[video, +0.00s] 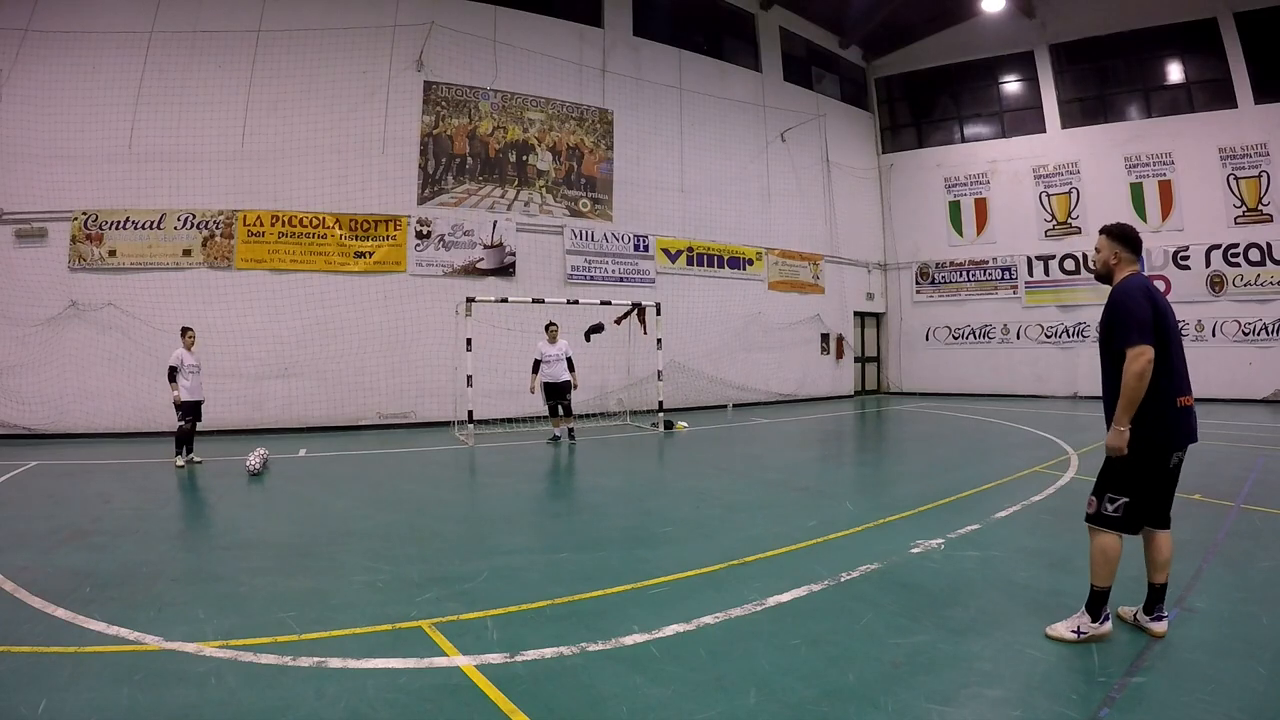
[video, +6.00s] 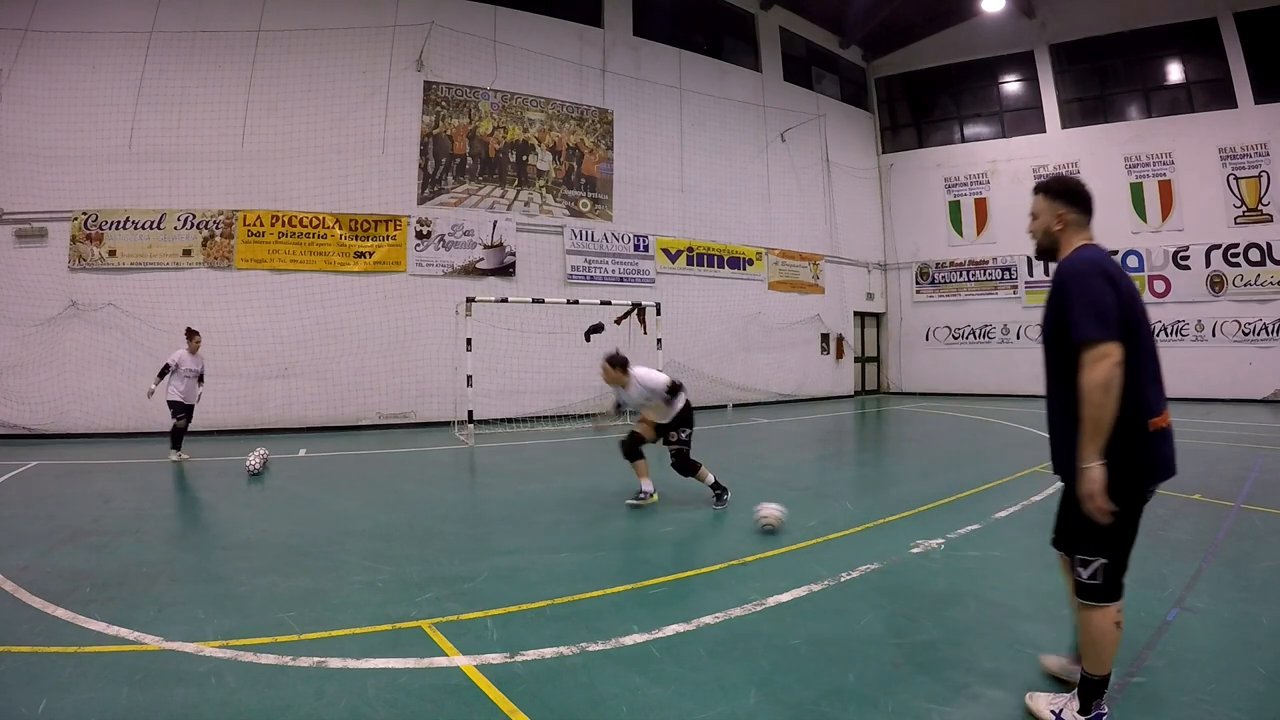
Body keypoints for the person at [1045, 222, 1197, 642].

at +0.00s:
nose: (1093, 258)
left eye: (1098, 251)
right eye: (1095, 251)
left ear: (1117, 254)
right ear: (1130, 255)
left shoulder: (1128, 293)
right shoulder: (1148, 292)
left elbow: (1141, 360)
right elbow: (1157, 363)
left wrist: (1119, 424)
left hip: (1145, 431)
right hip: (1170, 430)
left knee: (1103, 517)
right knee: (1155, 519)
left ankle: (1095, 616)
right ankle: (1154, 613)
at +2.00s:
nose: (1111, 248)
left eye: (1116, 240)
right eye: (1114, 240)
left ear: (1135, 247)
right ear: (1147, 249)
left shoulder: (1141, 295)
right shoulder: (1165, 292)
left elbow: (1142, 368)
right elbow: (1168, 369)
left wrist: (1117, 433)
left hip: (1144, 440)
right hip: (1176, 437)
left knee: (1114, 535)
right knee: (1169, 530)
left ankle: (1087, 624)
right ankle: (1174, 622)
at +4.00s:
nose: (1076, 278)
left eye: (1077, 269)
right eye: (1075, 270)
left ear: (1096, 263)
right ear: (1110, 262)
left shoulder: (1112, 301)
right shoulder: (1144, 296)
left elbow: (1117, 368)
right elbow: (1157, 369)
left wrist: (1101, 435)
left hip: (1133, 437)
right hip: (1171, 435)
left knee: (1093, 528)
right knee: (1158, 526)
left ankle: (1087, 623)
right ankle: (1173, 619)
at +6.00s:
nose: (1029, 227)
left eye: (1035, 217)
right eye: (1030, 217)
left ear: (1060, 218)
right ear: (1070, 219)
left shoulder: (1084, 271)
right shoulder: (1084, 267)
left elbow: (1104, 364)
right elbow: (1103, 364)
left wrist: (1090, 459)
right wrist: (1085, 454)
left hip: (1118, 455)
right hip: (1109, 450)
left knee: (1098, 579)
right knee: (1072, 550)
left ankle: (1091, 704)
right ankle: (1085, 658)